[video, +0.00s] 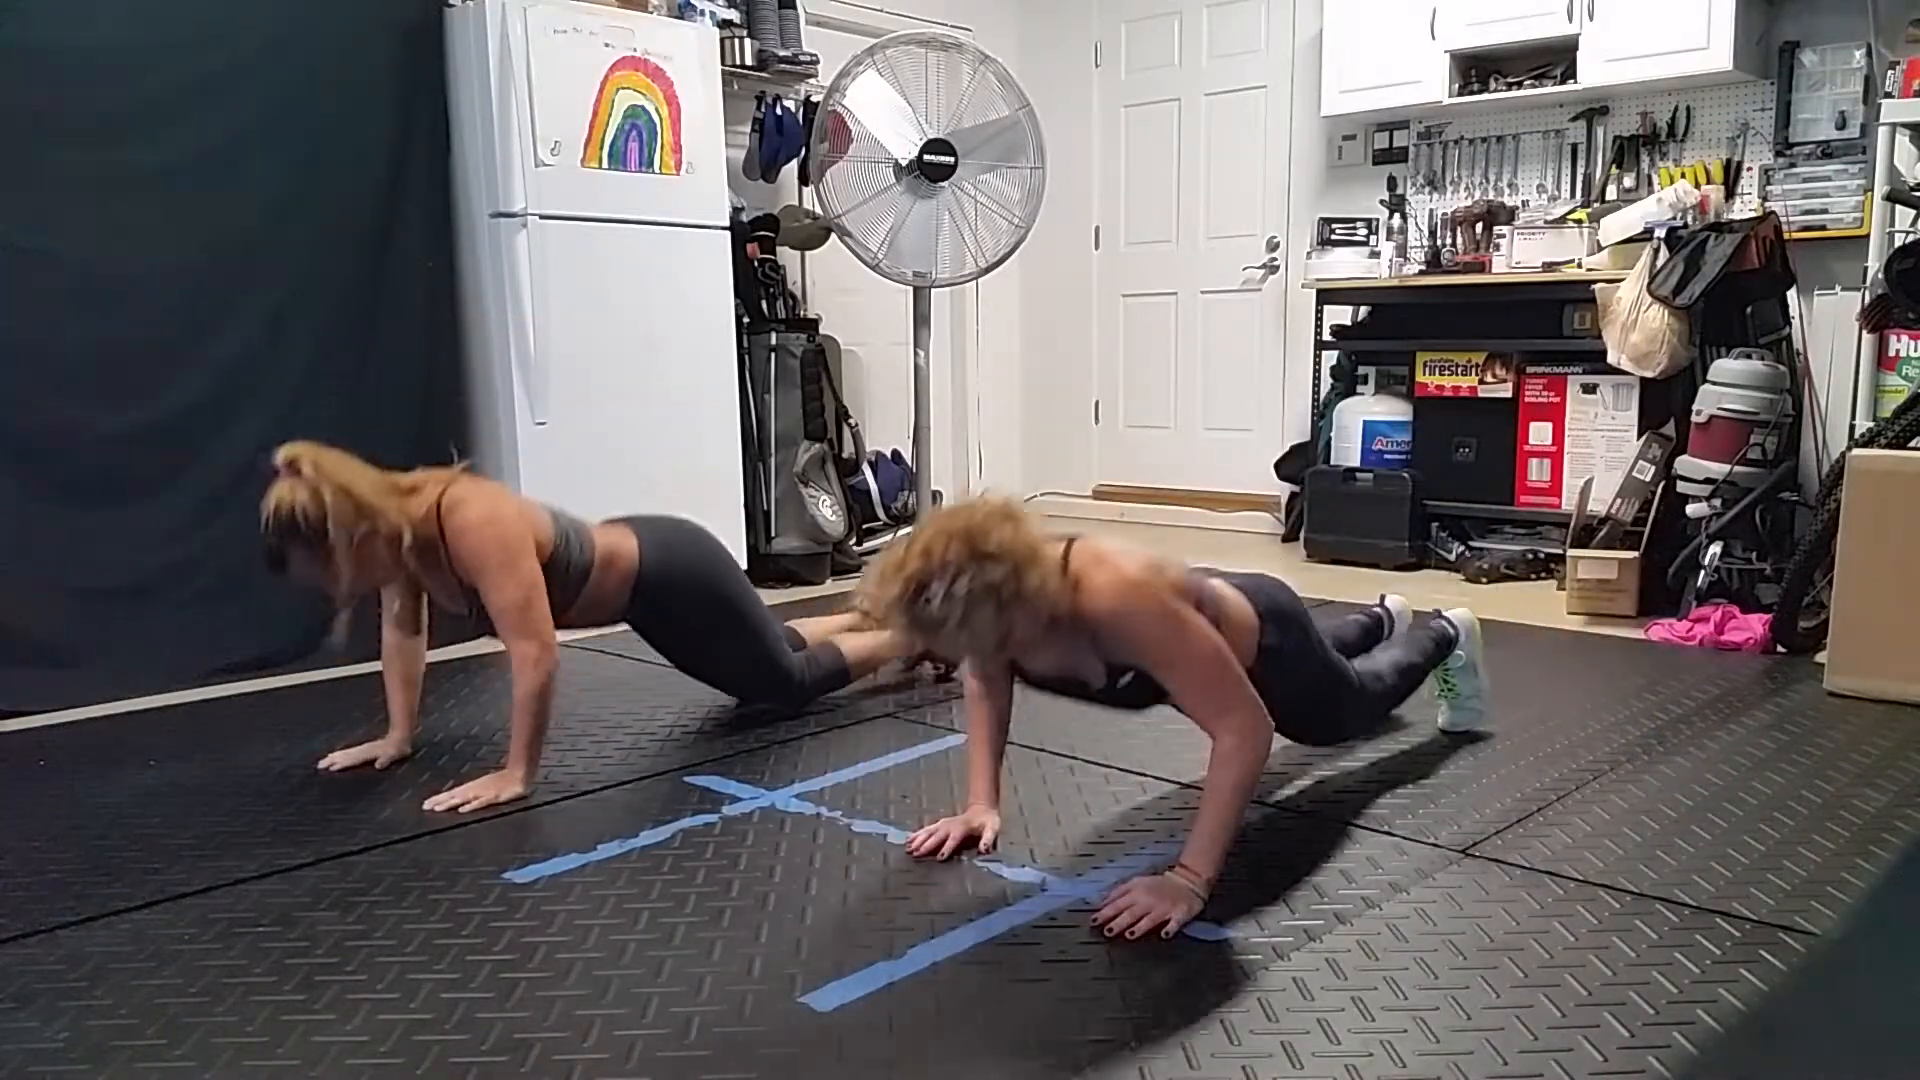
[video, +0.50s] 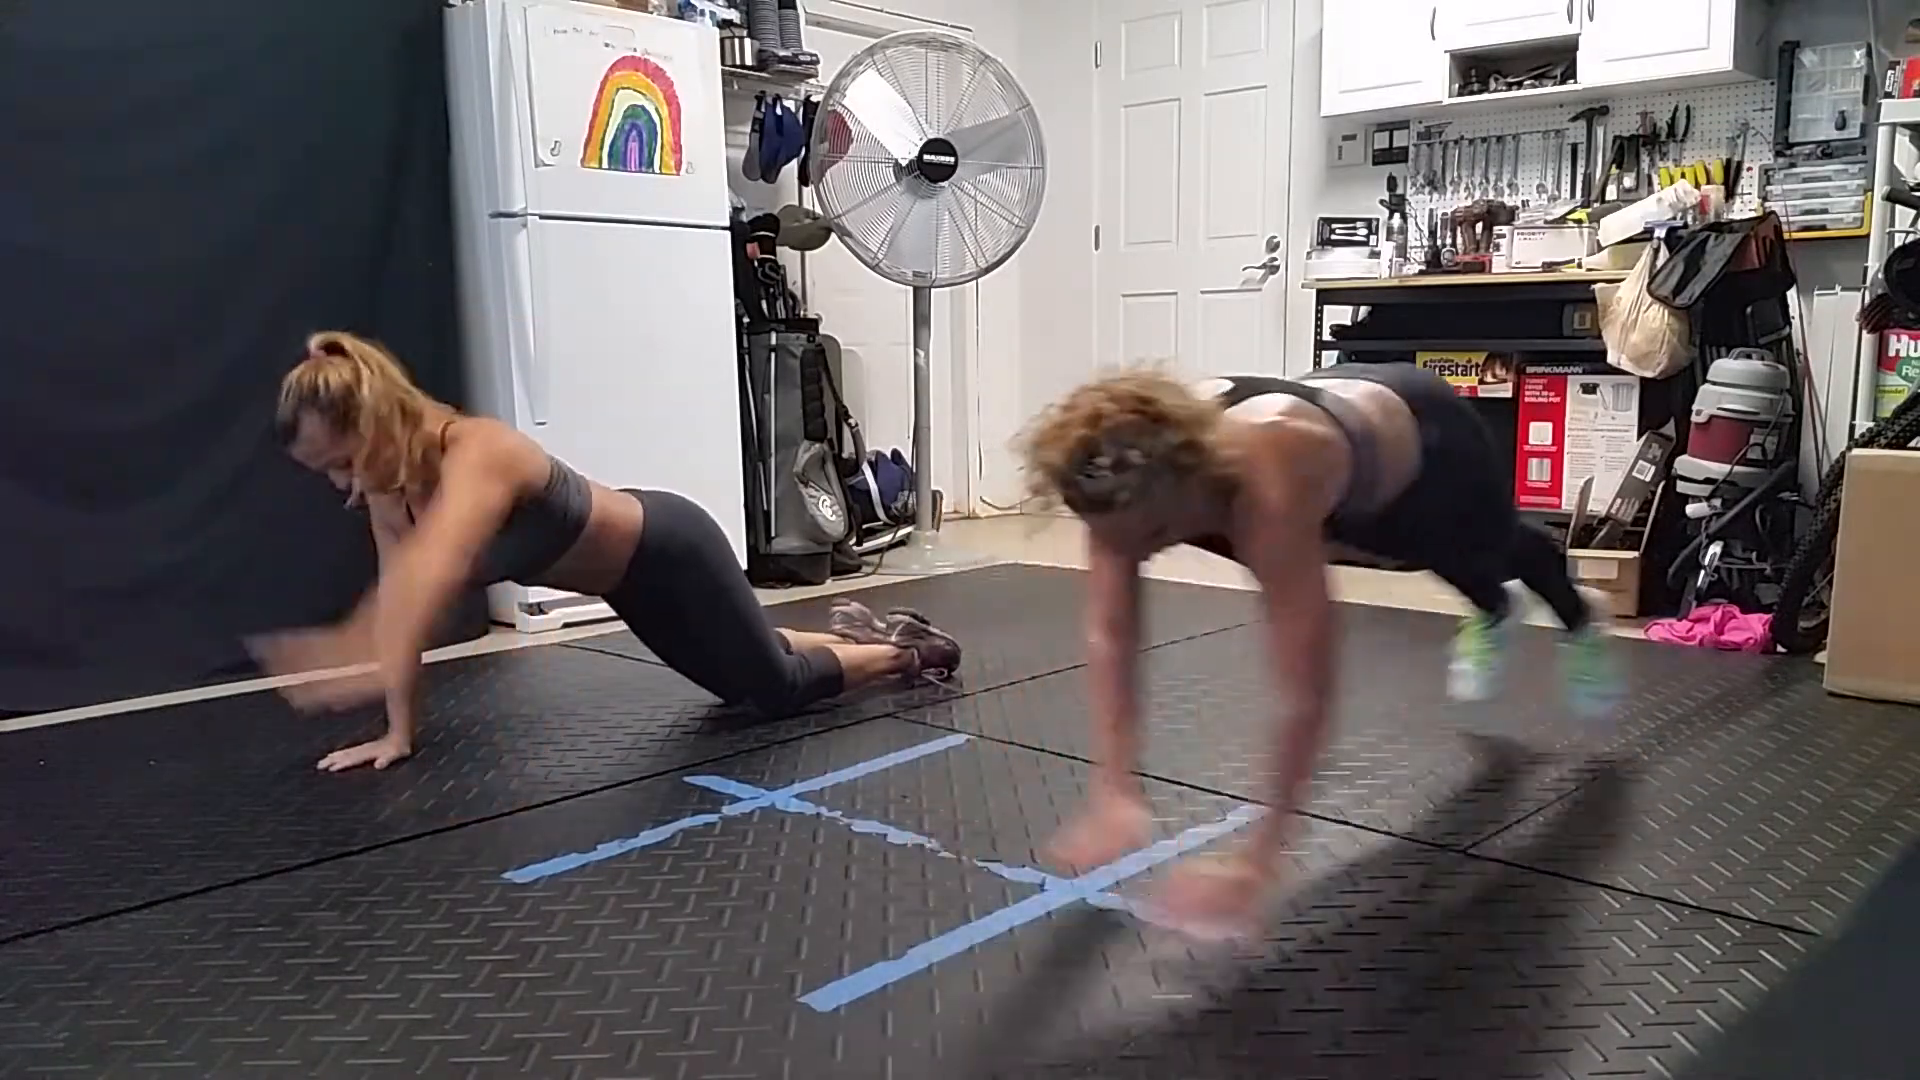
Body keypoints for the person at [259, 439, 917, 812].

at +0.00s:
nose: (331, 591)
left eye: (324, 573)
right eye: (318, 582)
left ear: (348, 536)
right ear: (342, 534)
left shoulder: (472, 519)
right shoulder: (397, 524)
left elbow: (535, 649)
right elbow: (404, 627)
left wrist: (517, 774)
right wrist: (398, 735)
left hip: (669, 576)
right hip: (636, 576)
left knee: (795, 679)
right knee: (771, 653)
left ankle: (918, 635)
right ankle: (883, 616)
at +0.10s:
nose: (334, 548)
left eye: (326, 534)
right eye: (320, 541)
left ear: (344, 495)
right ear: (338, 500)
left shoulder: (478, 502)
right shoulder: (396, 512)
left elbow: (524, 649)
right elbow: (404, 624)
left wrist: (516, 772)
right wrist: (397, 736)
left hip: (672, 563)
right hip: (637, 572)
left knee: (784, 687)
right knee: (754, 670)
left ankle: (896, 650)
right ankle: (864, 632)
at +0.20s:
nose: (326, 538)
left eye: (320, 522)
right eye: (311, 528)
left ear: (348, 479)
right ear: (338, 483)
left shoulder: (477, 495)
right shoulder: (396, 502)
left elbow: (518, 642)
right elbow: (405, 622)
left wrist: (516, 771)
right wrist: (398, 736)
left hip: (671, 561)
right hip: (632, 572)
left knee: (782, 688)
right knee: (746, 677)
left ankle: (900, 654)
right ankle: (856, 632)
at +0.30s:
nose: (324, 513)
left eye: (320, 495)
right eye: (311, 502)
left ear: (351, 454)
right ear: (336, 462)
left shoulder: (476, 488)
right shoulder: (395, 498)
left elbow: (509, 638)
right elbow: (402, 622)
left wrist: (513, 769)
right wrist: (396, 735)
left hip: (668, 555)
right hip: (627, 573)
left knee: (777, 685)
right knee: (739, 674)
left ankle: (901, 655)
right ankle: (851, 634)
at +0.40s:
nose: (329, 487)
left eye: (326, 469)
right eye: (316, 476)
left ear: (362, 430)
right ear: (336, 444)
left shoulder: (476, 474)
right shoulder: (392, 488)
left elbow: (501, 616)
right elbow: (399, 608)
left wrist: (489, 747)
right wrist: (396, 731)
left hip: (667, 556)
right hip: (628, 576)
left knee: (773, 681)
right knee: (740, 669)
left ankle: (895, 656)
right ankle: (844, 641)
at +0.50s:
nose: (337, 483)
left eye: (340, 463)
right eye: (323, 471)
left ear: (379, 425)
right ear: (321, 454)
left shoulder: (481, 457)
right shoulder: (388, 486)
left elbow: (425, 588)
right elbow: (400, 591)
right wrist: (396, 723)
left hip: (669, 554)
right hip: (629, 580)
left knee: (778, 686)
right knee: (742, 669)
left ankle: (896, 657)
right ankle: (844, 638)